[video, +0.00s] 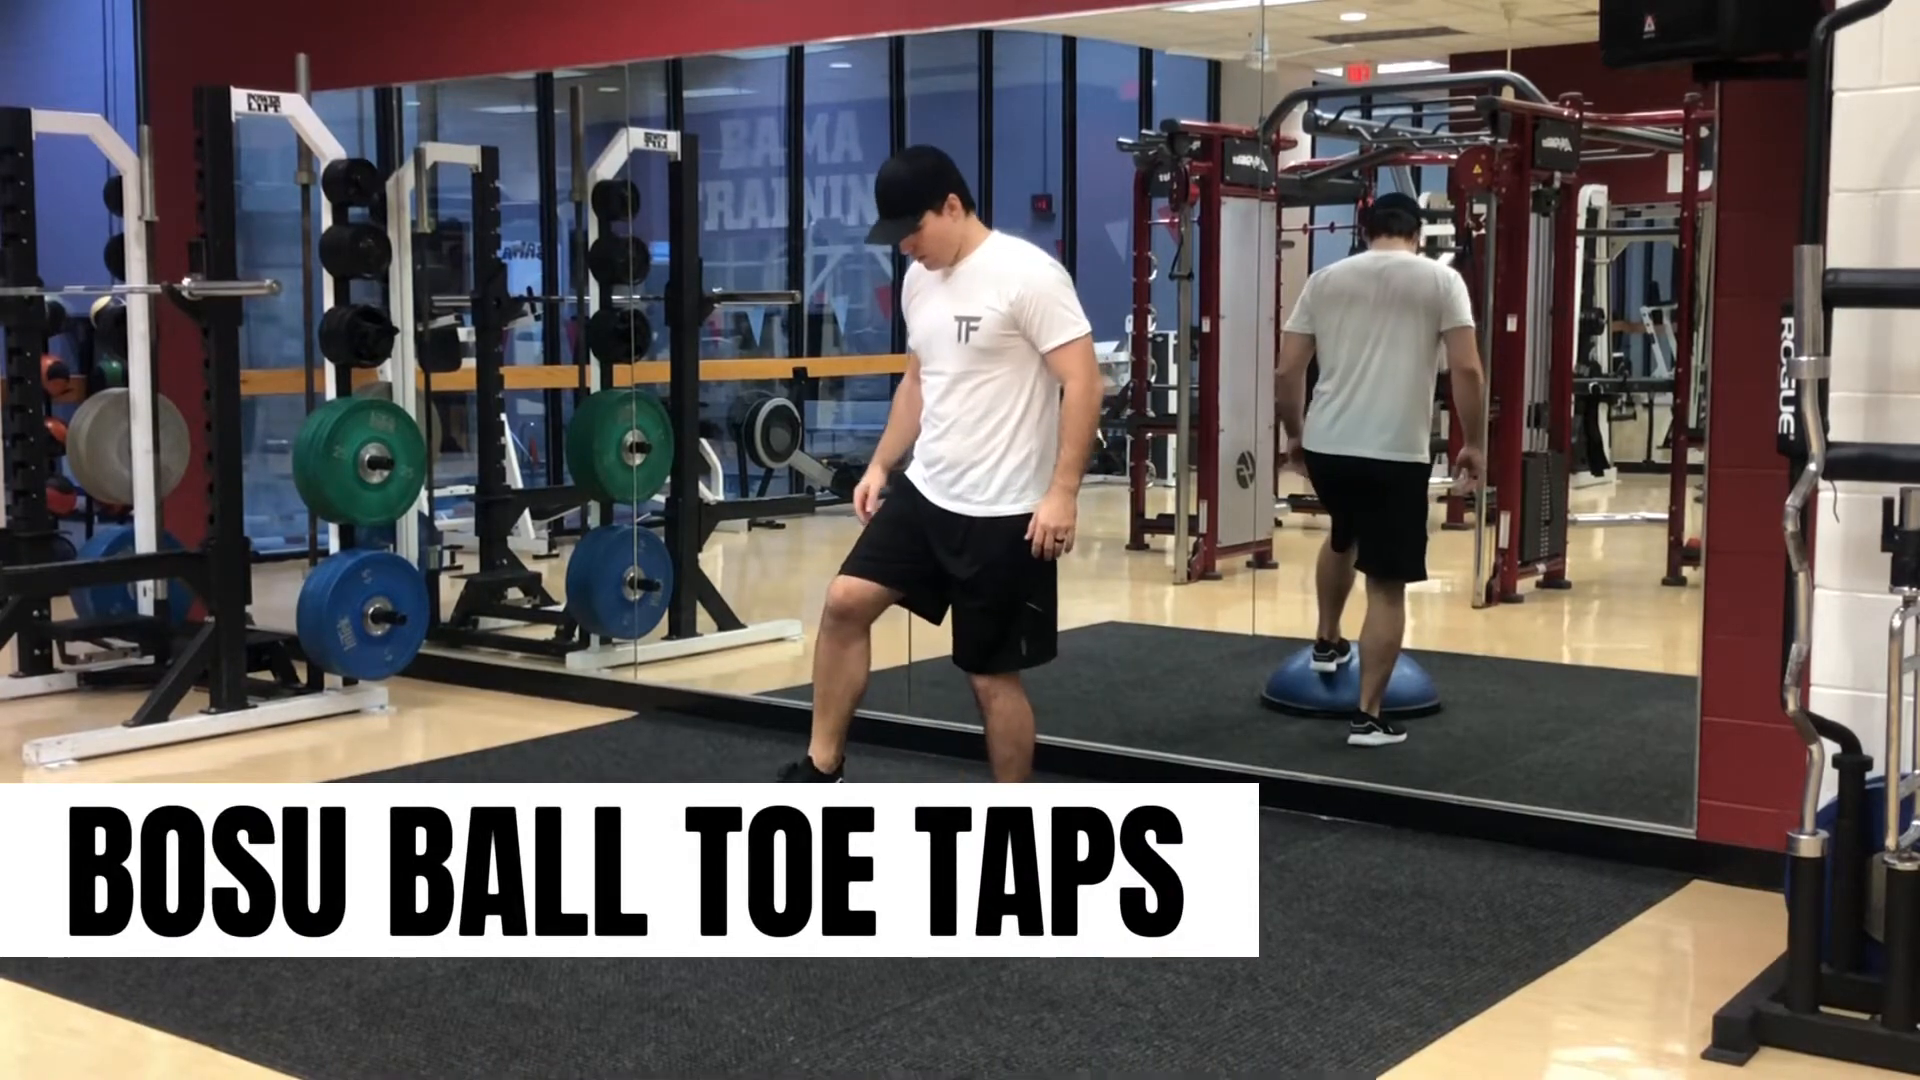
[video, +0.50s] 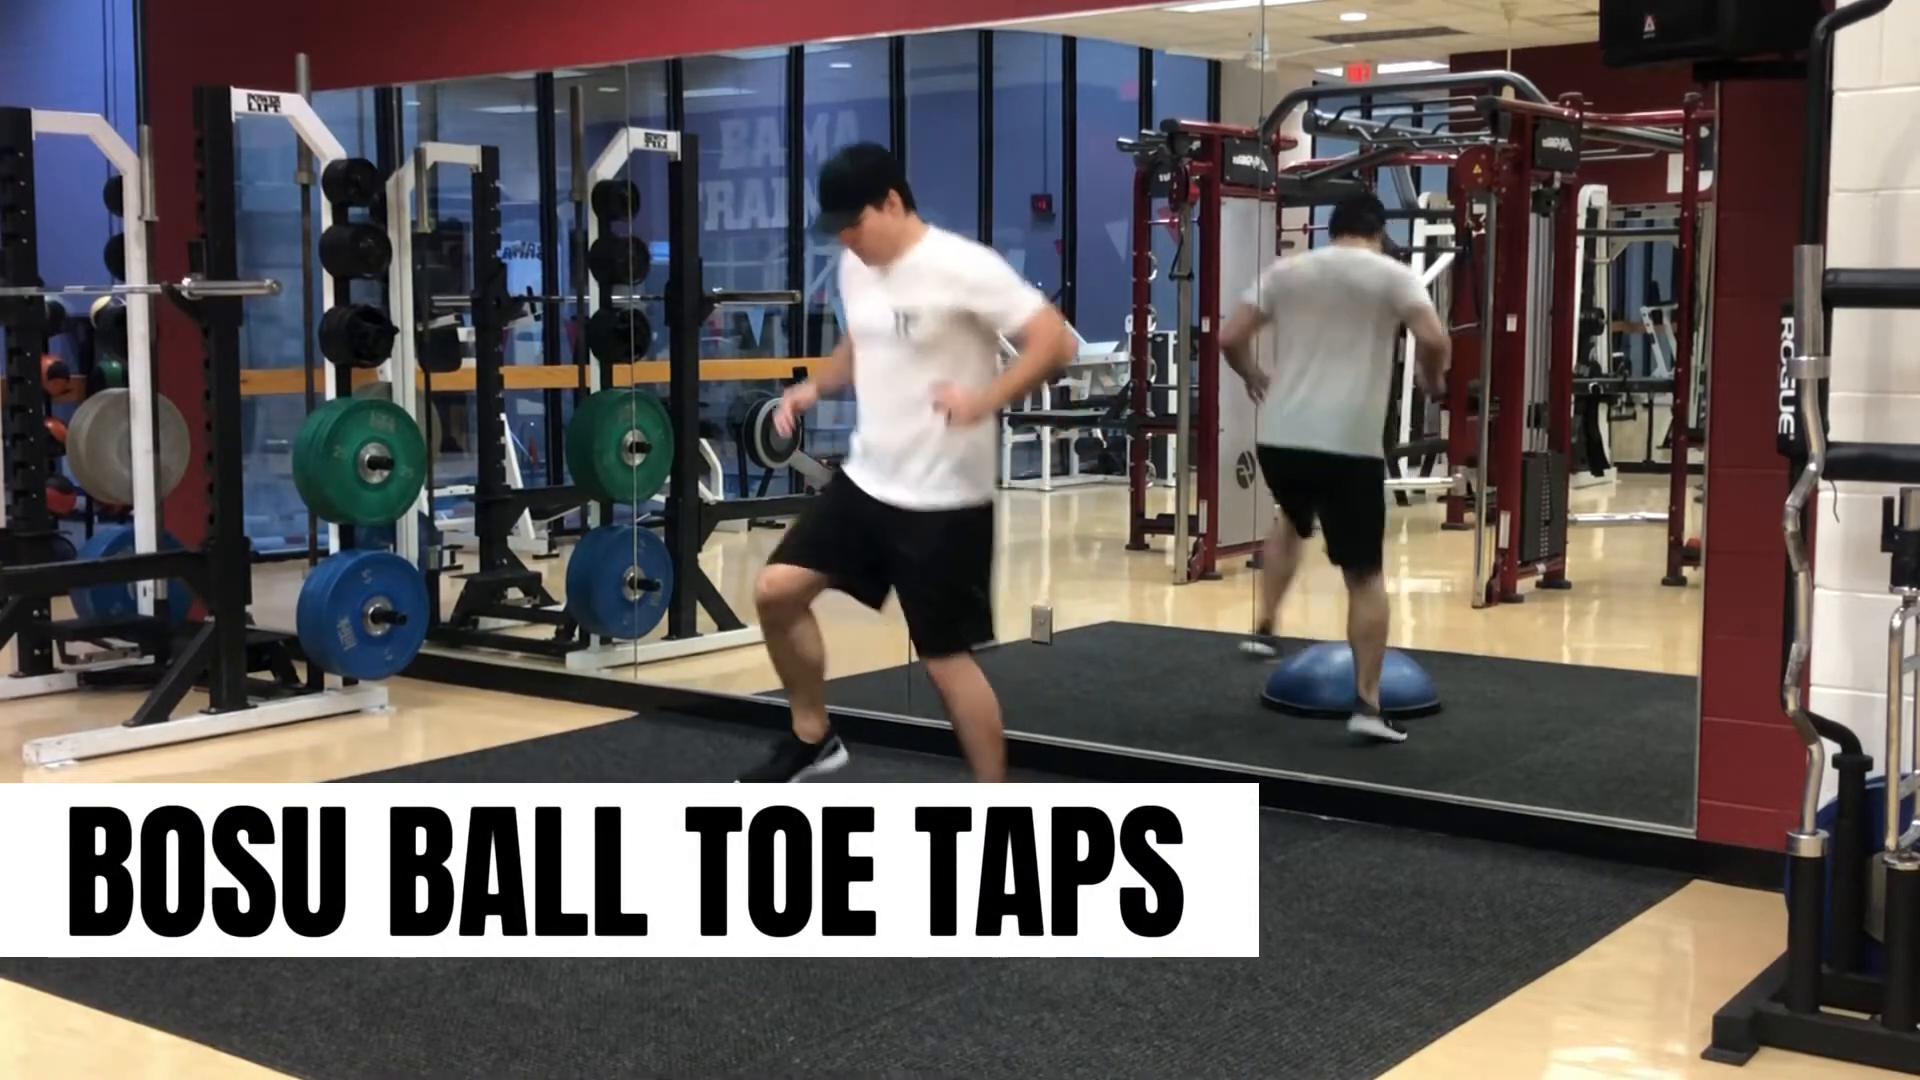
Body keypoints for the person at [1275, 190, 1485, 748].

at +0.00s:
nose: (1415, 243)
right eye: (1418, 236)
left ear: (1366, 234)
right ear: (1417, 236)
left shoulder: (1324, 280)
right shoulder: (1441, 279)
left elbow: (1288, 371)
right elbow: (1466, 370)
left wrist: (1295, 436)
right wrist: (1473, 443)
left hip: (1325, 447)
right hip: (1398, 457)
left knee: (1343, 533)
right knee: (1386, 588)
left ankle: (1326, 644)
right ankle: (1370, 716)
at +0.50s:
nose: (1380, 246)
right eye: (1382, 238)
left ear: (1331, 230)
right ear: (1377, 235)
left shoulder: (1286, 271)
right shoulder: (1395, 276)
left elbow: (1230, 338)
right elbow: (1436, 340)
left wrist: (1253, 375)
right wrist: (1433, 381)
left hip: (1280, 440)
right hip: (1352, 447)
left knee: (1291, 521)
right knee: (1366, 578)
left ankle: (1262, 629)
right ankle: (1368, 706)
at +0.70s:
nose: (1344, 245)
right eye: (1343, 238)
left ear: (1294, 233)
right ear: (1340, 237)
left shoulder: (1247, 275)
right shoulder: (1344, 271)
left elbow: (1202, 350)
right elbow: (1348, 335)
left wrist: (1235, 388)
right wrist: (1354, 382)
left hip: (1247, 437)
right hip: (1311, 438)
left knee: (1232, 557)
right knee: (1371, 513)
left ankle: (1187, 677)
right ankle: (1327, 618)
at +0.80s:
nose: (1326, 277)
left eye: (1324, 272)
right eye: (1326, 271)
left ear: (1274, 266)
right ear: (1317, 268)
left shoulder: (1229, 311)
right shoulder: (1322, 302)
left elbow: (1200, 402)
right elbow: (1323, 372)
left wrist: (1246, 429)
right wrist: (1334, 425)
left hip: (1228, 464)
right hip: (1291, 463)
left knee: (1225, 579)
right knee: (1350, 524)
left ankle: (1181, 692)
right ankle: (1313, 627)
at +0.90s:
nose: (1320, 273)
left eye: (1318, 267)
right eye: (1320, 266)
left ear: (1267, 262)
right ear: (1311, 263)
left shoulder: (1228, 308)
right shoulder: (1317, 295)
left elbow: (1197, 391)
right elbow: (1332, 350)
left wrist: (1243, 413)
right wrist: (1353, 393)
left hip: (1232, 462)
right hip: (1295, 458)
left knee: (1223, 582)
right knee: (1354, 522)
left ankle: (1180, 691)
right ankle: (1316, 631)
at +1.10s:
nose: (1345, 231)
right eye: (1346, 223)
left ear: (1295, 221)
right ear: (1343, 222)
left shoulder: (1252, 263)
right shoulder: (1362, 256)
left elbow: (1196, 330)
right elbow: (1401, 308)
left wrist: (1229, 376)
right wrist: (1400, 356)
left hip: (1262, 423)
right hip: (1331, 423)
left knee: (1272, 522)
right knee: (1365, 544)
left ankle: (1243, 629)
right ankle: (1379, 665)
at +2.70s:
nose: (1334, 261)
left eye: (1331, 256)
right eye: (1335, 254)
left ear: (1283, 247)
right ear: (1326, 248)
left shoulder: (1242, 291)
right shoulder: (1331, 274)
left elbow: (1203, 367)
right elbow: (1343, 314)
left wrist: (1256, 379)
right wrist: (1375, 372)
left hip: (1245, 447)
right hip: (1309, 443)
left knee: (1234, 571)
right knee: (1353, 524)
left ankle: (1194, 689)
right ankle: (1325, 635)